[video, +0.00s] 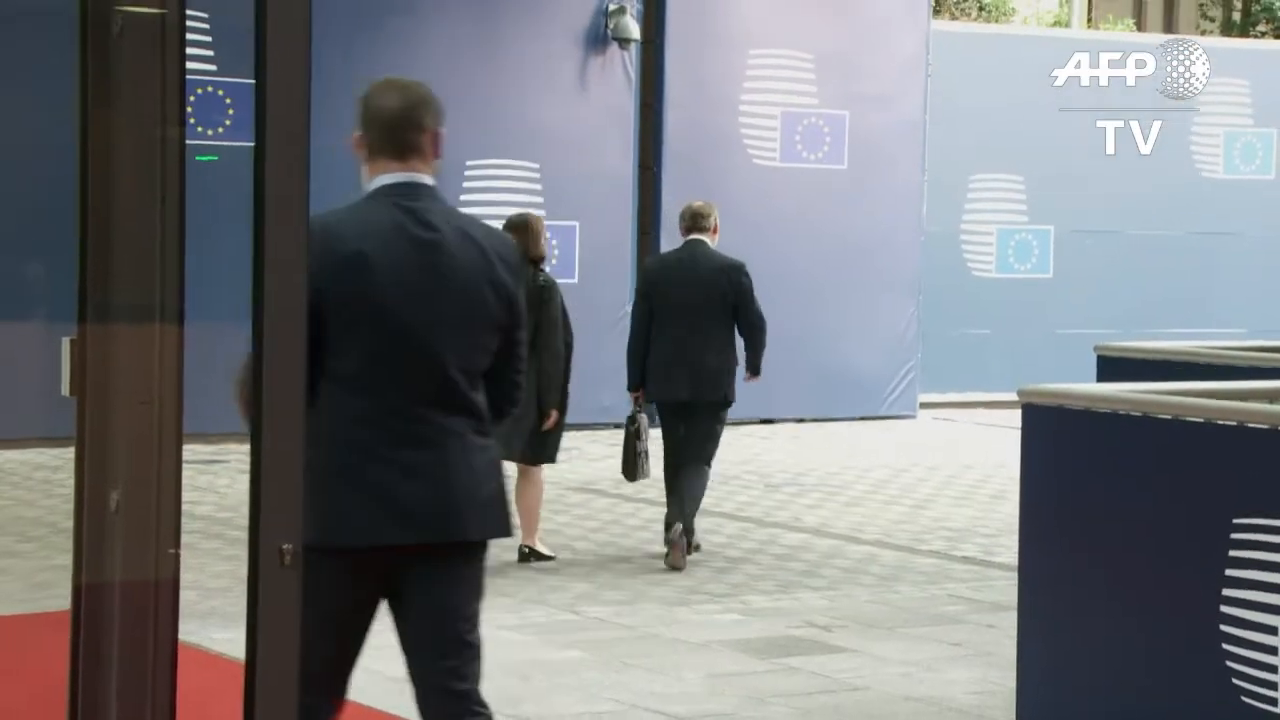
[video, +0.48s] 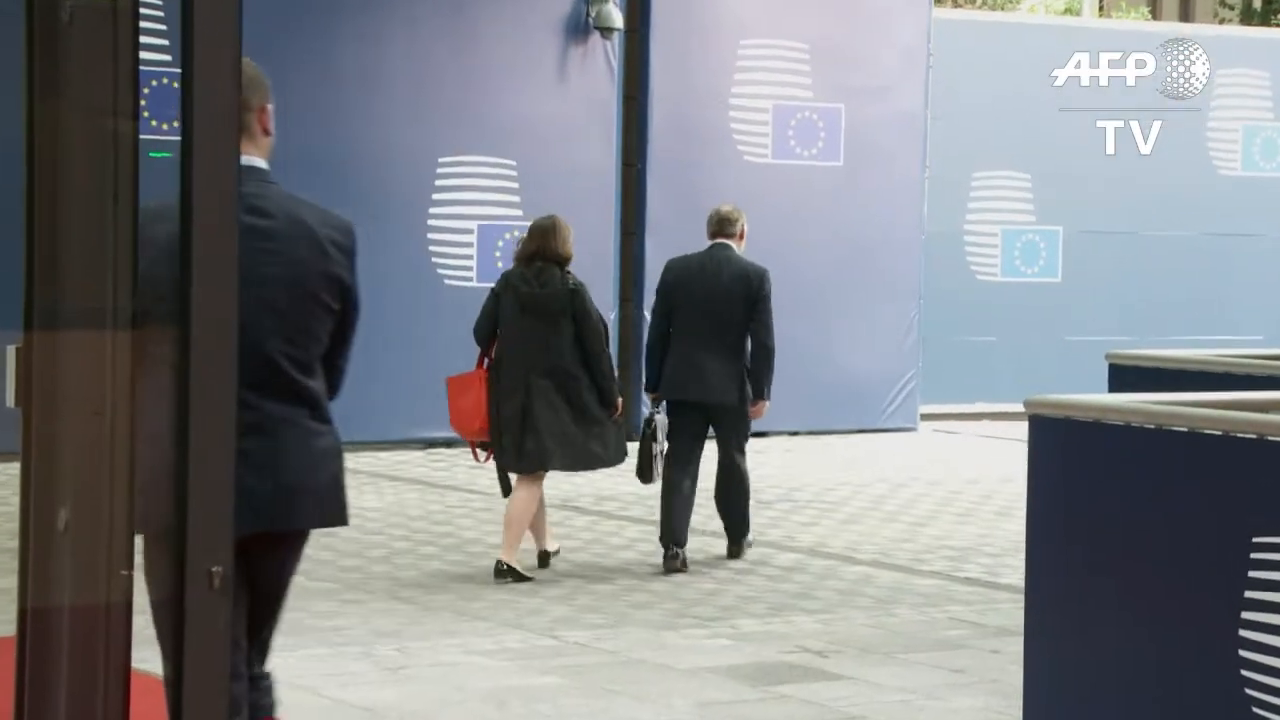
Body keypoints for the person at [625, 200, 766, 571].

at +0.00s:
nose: (717, 234)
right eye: (717, 230)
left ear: (681, 231)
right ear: (715, 231)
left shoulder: (654, 268)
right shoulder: (731, 270)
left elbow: (639, 330)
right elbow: (753, 325)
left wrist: (635, 381)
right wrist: (753, 364)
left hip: (665, 381)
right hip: (713, 383)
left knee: (675, 456)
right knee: (699, 460)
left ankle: (684, 531)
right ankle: (679, 525)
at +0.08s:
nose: (719, 231)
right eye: (719, 226)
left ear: (683, 228)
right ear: (717, 227)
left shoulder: (655, 266)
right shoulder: (734, 267)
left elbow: (643, 329)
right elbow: (753, 325)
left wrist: (640, 379)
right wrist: (756, 374)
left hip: (669, 379)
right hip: (717, 380)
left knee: (676, 456)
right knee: (710, 456)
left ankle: (683, 537)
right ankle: (688, 507)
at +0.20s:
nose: (724, 228)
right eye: (726, 223)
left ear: (690, 223)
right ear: (724, 223)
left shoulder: (661, 260)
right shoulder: (740, 263)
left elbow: (647, 323)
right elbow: (753, 328)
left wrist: (643, 375)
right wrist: (757, 379)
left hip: (673, 377)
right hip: (722, 378)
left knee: (677, 457)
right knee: (721, 450)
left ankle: (679, 547)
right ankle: (703, 517)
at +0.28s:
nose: (731, 230)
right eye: (732, 225)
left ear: (695, 224)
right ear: (729, 225)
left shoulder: (663, 261)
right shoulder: (743, 264)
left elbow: (649, 323)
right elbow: (755, 330)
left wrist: (644, 374)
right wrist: (755, 380)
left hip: (675, 378)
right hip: (724, 378)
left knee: (677, 462)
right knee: (727, 451)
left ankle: (678, 549)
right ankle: (718, 534)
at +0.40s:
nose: (737, 236)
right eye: (738, 231)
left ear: (702, 230)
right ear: (736, 231)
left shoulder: (671, 266)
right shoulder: (749, 271)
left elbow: (653, 326)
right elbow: (758, 336)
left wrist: (648, 379)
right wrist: (757, 386)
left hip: (679, 382)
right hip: (726, 384)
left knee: (678, 463)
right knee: (731, 458)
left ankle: (674, 550)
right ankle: (736, 534)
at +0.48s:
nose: (746, 239)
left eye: (740, 234)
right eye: (746, 234)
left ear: (709, 234)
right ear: (742, 234)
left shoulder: (676, 268)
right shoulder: (754, 275)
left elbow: (658, 330)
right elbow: (763, 340)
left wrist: (653, 383)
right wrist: (761, 391)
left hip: (682, 385)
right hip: (729, 387)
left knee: (680, 463)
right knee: (733, 459)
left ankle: (673, 547)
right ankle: (737, 537)